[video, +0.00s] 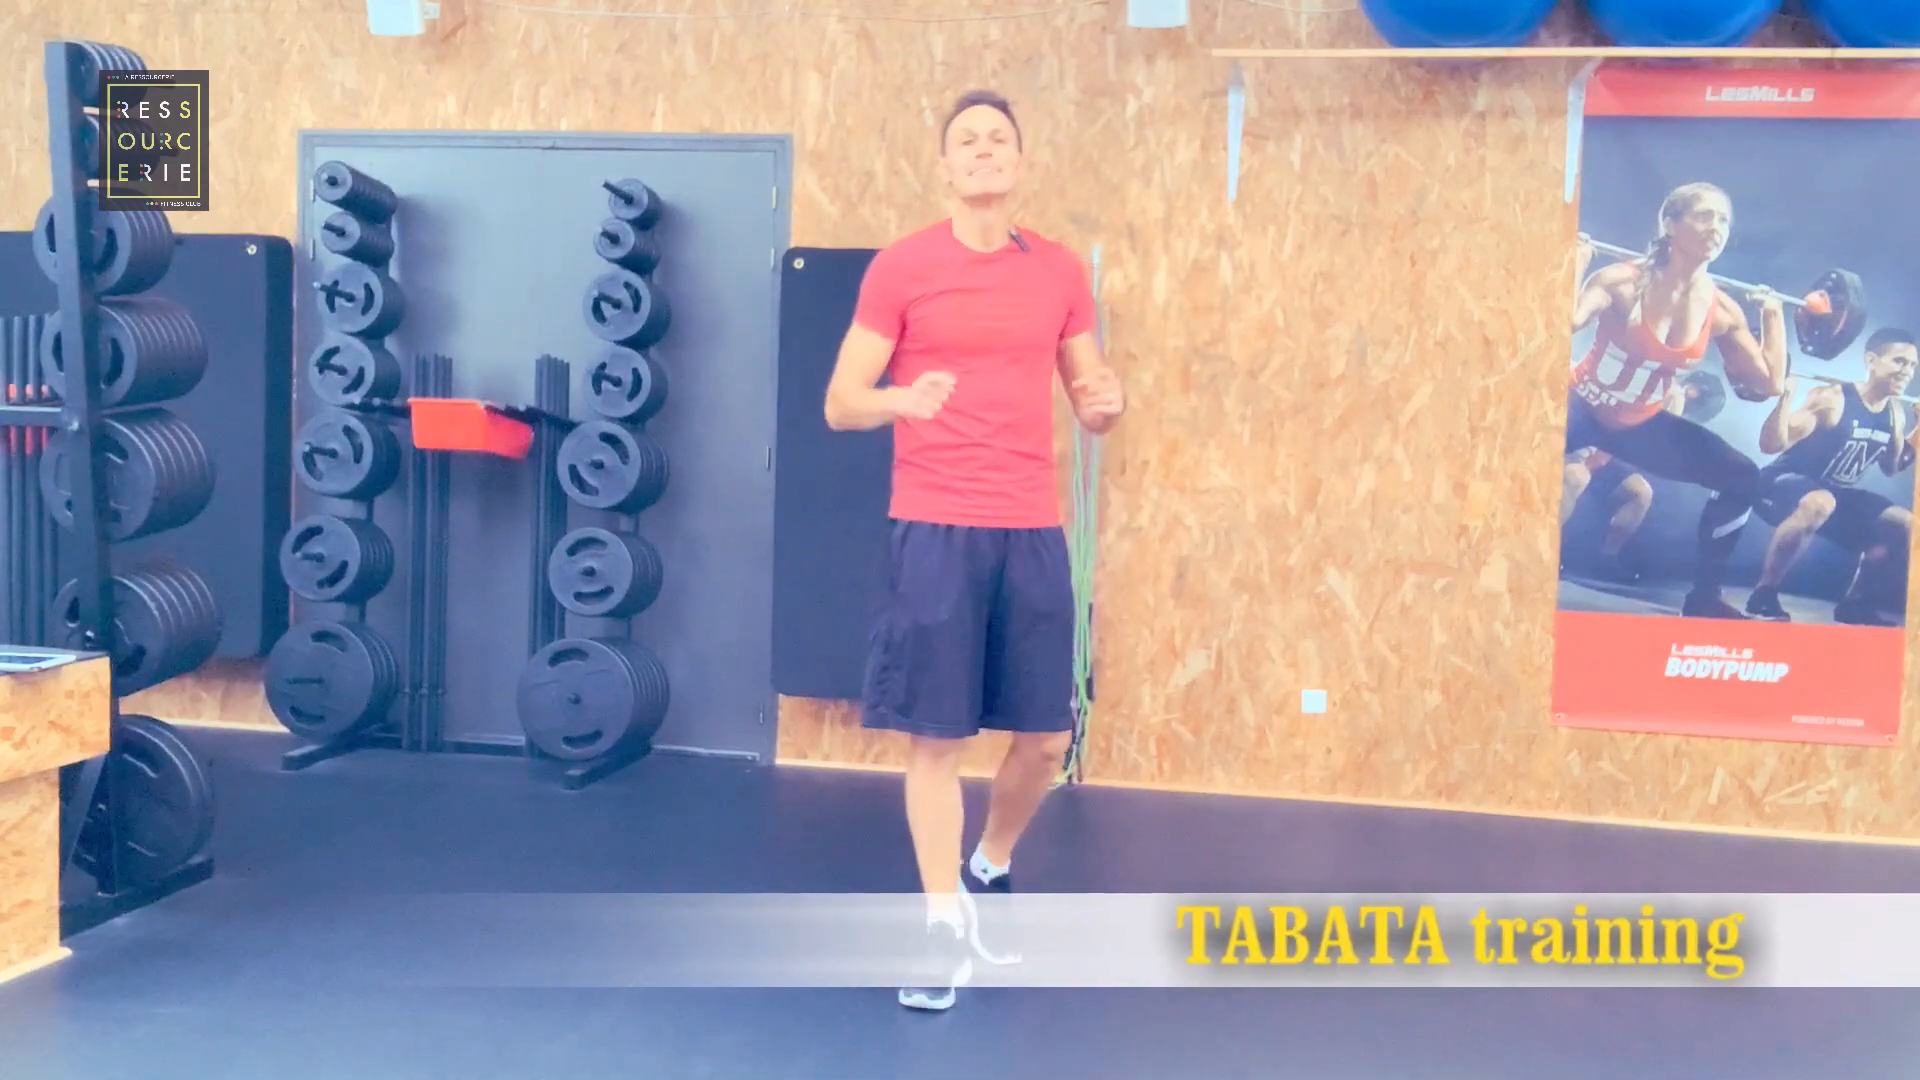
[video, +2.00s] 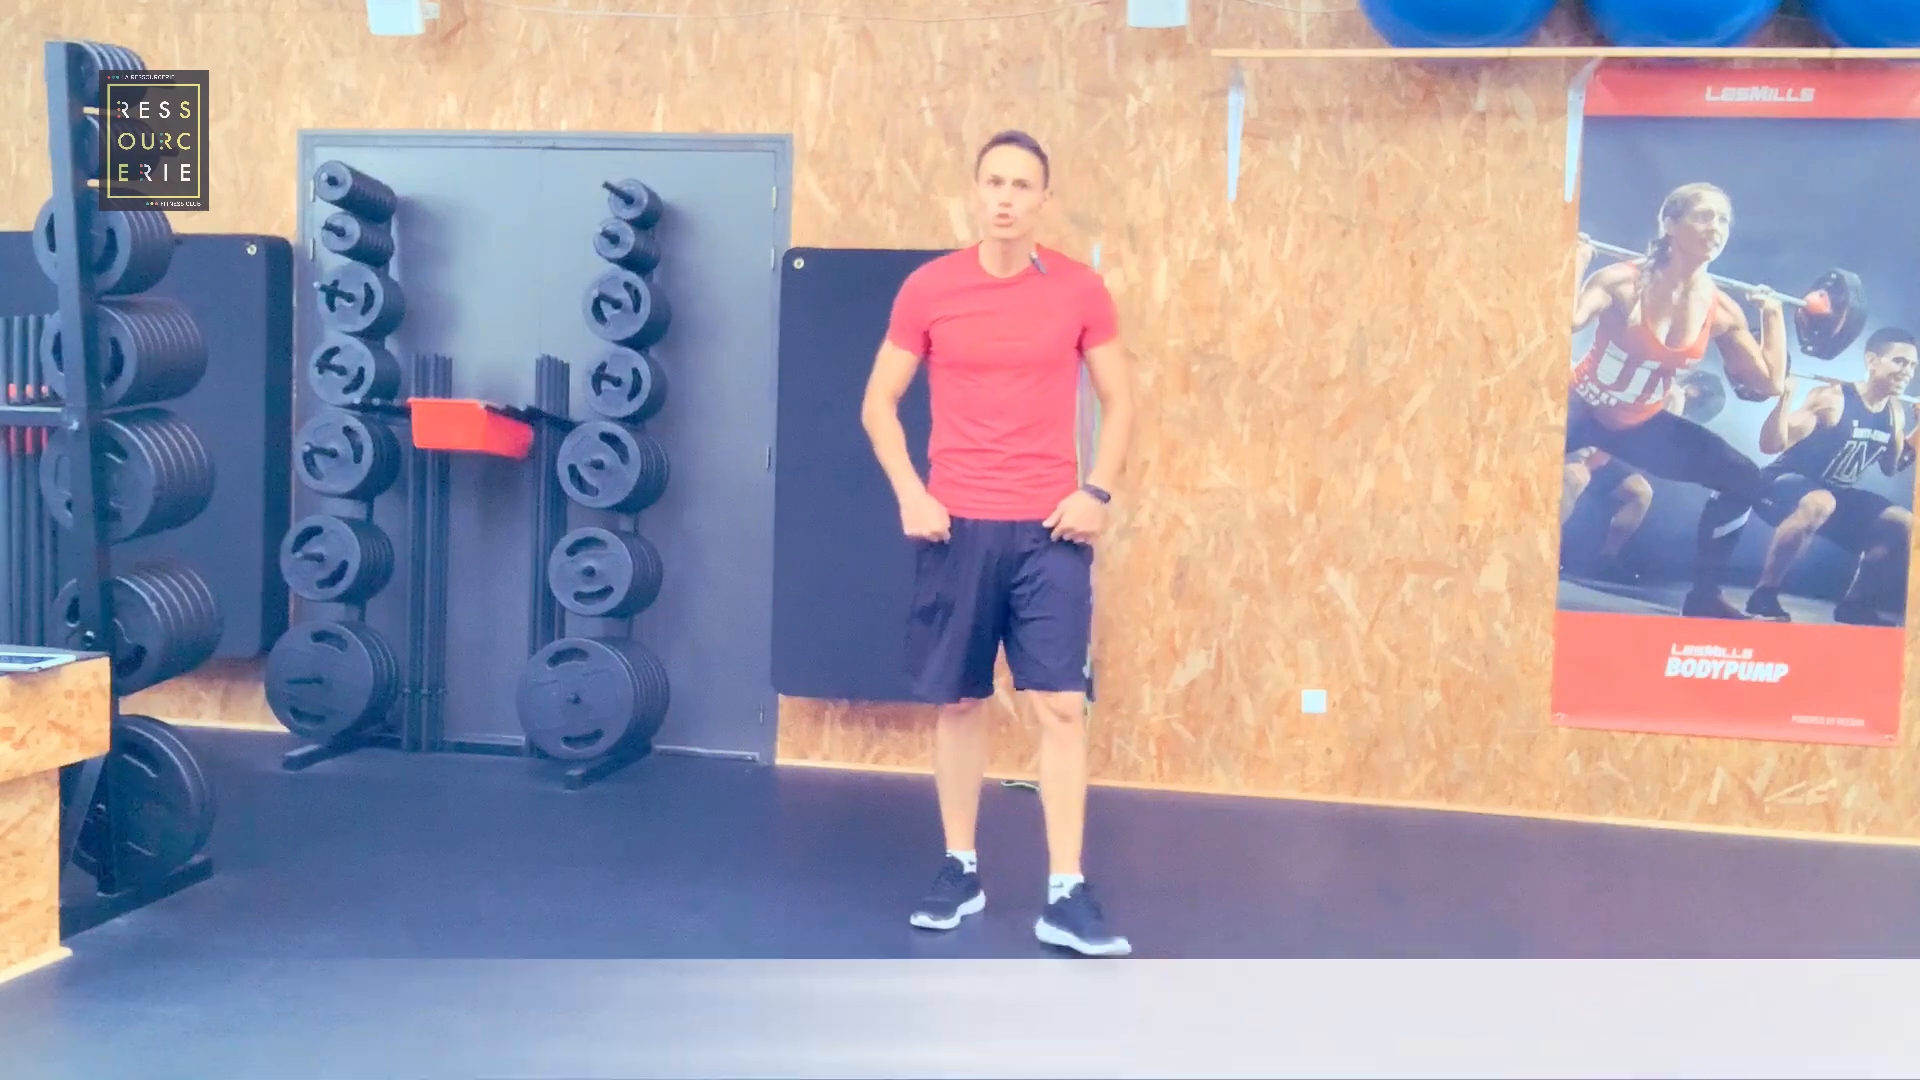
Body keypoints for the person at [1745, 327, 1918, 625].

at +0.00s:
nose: (1906, 371)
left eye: (1911, 365)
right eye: (1899, 361)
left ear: (1914, 371)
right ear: (1871, 361)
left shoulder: (1894, 412)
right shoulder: (1831, 398)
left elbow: (1892, 467)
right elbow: (1769, 444)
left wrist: (1911, 443)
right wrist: (1786, 395)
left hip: (1839, 495)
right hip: (1785, 481)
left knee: (1906, 525)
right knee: (1821, 502)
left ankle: (1855, 604)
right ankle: (1764, 595)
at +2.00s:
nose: (1906, 371)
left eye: (1912, 365)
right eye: (1899, 361)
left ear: (1914, 371)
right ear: (1872, 361)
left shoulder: (1894, 411)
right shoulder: (1831, 397)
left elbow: (1891, 466)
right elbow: (1769, 444)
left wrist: (1913, 437)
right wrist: (1784, 398)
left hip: (1838, 495)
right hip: (1785, 481)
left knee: (1904, 524)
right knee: (1821, 502)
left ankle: (1854, 605)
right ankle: (1764, 595)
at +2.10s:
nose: (1906, 372)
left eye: (1911, 365)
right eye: (1899, 361)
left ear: (1913, 371)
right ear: (1872, 361)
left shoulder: (1894, 411)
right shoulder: (1831, 397)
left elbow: (1891, 466)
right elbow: (1769, 444)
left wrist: (1911, 441)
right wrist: (1785, 397)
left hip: (1838, 495)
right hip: (1785, 481)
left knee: (1904, 525)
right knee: (1820, 502)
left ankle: (1855, 605)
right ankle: (1764, 595)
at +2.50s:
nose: (1906, 372)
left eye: (1911, 365)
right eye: (1899, 361)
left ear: (1913, 371)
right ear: (1872, 361)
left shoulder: (1894, 411)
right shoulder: (1831, 397)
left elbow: (1891, 466)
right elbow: (1769, 444)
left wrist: (1912, 441)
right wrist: (1785, 397)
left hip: (1838, 495)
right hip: (1785, 482)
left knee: (1904, 524)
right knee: (1820, 502)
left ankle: (1854, 604)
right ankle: (1763, 596)